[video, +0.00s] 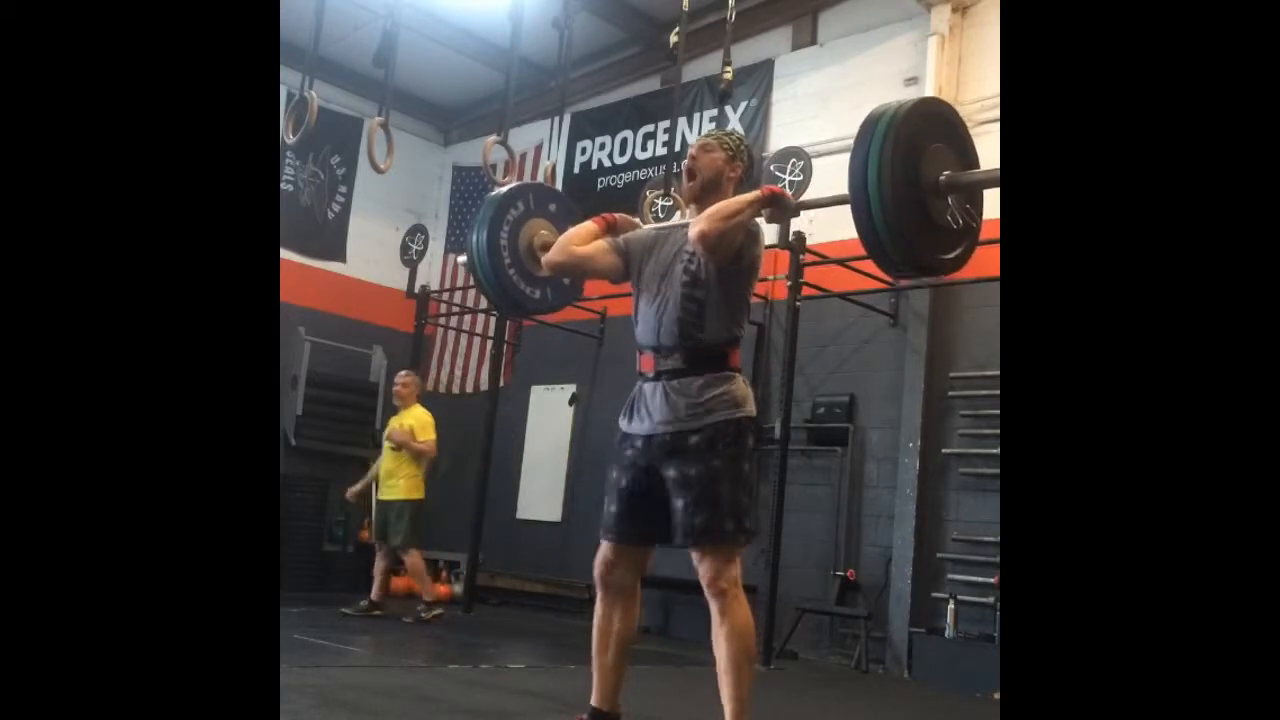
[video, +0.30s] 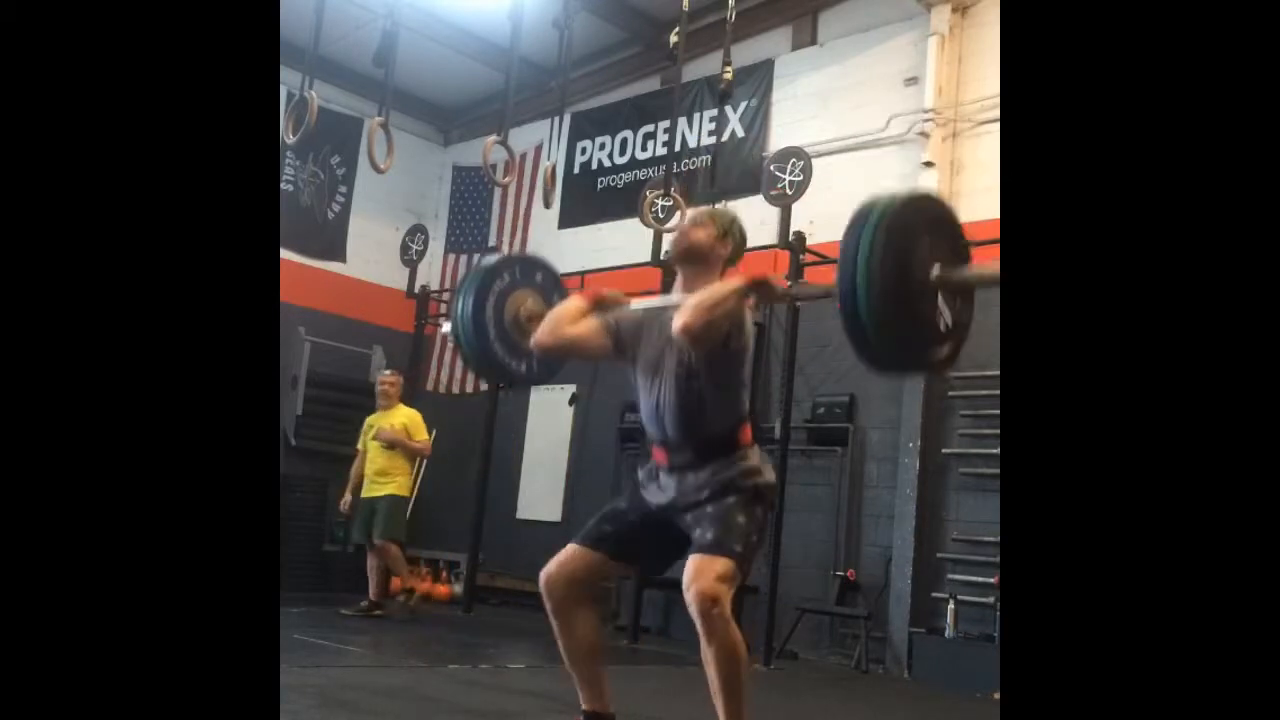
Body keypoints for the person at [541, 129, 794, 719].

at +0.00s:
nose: (687, 159)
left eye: (703, 150)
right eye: (688, 152)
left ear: (734, 169)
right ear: (684, 170)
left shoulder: (737, 232)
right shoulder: (654, 238)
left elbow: (703, 233)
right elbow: (556, 258)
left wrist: (760, 199)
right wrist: (604, 221)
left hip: (712, 414)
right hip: (645, 413)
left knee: (720, 580)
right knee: (613, 571)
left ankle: (735, 715)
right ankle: (602, 709)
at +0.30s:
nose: (680, 222)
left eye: (698, 220)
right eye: (681, 218)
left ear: (724, 248)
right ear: (672, 246)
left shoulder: (728, 307)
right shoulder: (641, 321)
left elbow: (686, 324)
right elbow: (545, 337)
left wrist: (740, 284)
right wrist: (590, 300)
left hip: (730, 485)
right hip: (663, 488)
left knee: (705, 594)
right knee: (561, 581)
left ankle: (732, 716)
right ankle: (595, 710)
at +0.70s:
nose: (661, 368)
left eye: (678, 362)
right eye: (660, 364)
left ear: (707, 384)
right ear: (651, 383)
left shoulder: (715, 454)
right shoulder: (622, 454)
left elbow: (669, 504)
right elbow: (533, 498)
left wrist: (721, 442)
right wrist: (566, 440)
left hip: (731, 605)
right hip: (652, 602)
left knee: (695, 603)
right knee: (543, 592)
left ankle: (725, 714)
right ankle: (594, 710)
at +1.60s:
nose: (686, 202)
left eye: (702, 202)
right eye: (684, 200)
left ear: (724, 232)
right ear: (670, 229)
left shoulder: (729, 294)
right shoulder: (639, 303)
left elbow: (712, 365)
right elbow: (568, 378)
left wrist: (743, 294)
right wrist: (575, 312)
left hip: (726, 459)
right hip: (657, 456)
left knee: (691, 580)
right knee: (573, 574)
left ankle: (725, 715)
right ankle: (596, 710)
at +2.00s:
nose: (712, 169)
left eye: (730, 167)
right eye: (710, 164)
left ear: (754, 190)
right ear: (700, 182)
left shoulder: (748, 242)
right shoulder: (655, 242)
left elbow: (792, 178)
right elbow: (584, 207)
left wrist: (790, 107)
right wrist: (613, 139)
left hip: (691, 406)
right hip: (625, 406)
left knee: (712, 575)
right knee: (617, 569)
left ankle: (735, 713)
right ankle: (602, 708)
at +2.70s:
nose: (690, 158)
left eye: (706, 150)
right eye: (688, 150)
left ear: (735, 166)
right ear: (683, 166)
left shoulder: (758, 222)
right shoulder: (664, 222)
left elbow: (813, 130)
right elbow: (623, 170)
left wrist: (817, 51)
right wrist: (638, 104)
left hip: (717, 407)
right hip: (653, 407)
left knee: (725, 581)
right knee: (631, 570)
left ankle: (738, 716)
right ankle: (605, 710)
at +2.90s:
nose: (690, 153)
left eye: (706, 146)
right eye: (685, 146)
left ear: (732, 164)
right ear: (676, 164)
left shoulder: (752, 217)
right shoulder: (660, 218)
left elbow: (804, 125)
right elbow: (624, 164)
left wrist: (814, 44)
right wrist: (639, 94)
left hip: (716, 405)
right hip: (651, 406)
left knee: (730, 581)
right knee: (634, 573)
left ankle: (739, 715)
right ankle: (605, 711)